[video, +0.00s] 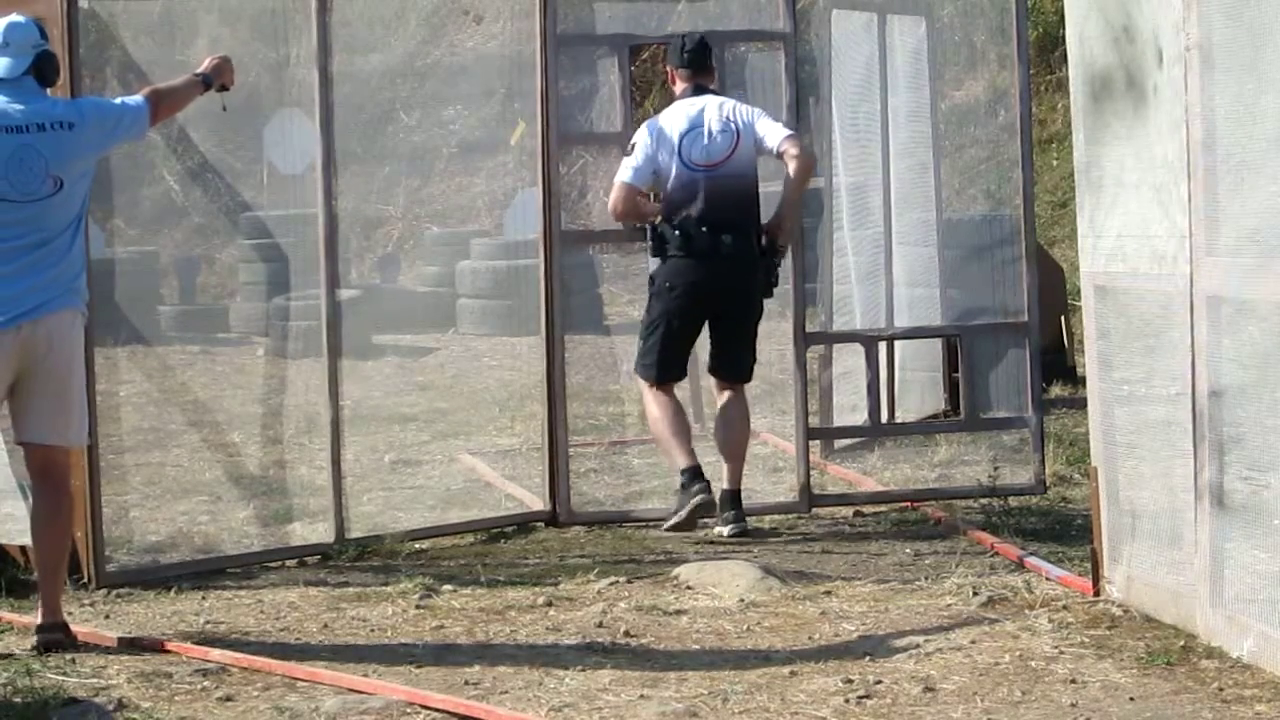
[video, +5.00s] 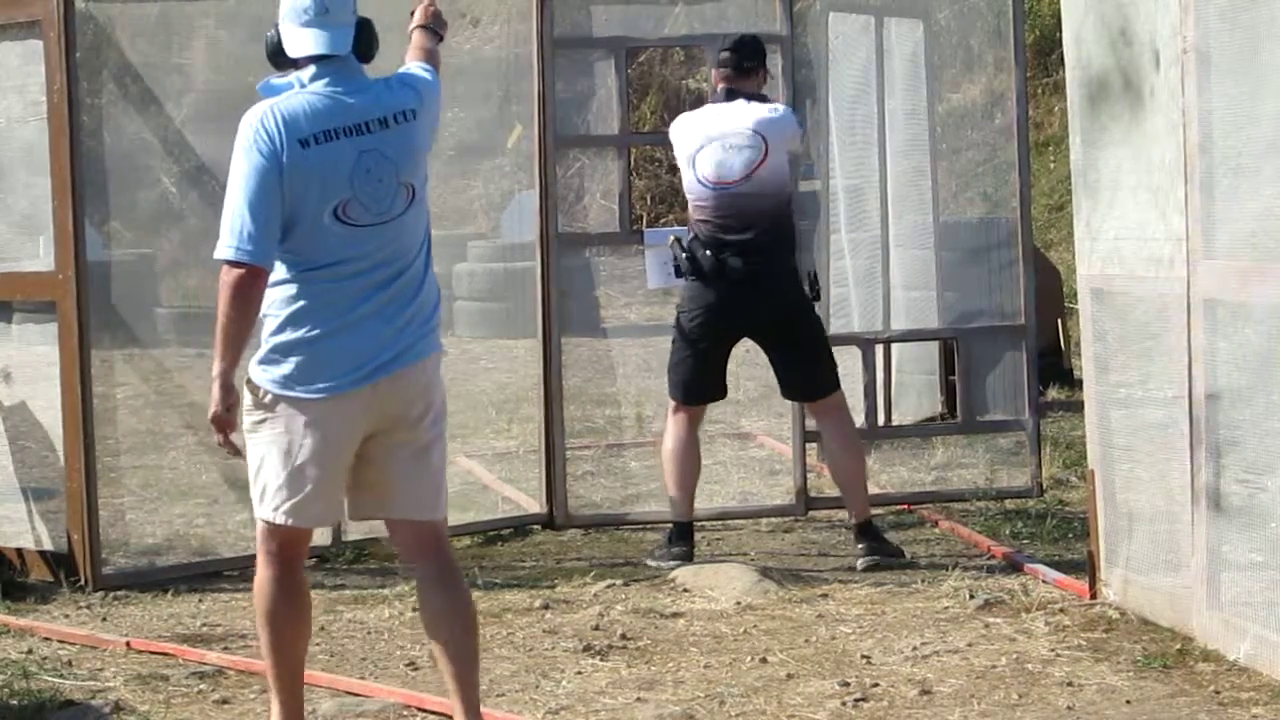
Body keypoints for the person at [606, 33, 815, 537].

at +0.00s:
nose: (671, 82)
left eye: (668, 75)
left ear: (673, 77)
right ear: (716, 75)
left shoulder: (656, 127)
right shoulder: (747, 114)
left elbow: (621, 206)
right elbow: (799, 156)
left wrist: (664, 209)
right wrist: (783, 221)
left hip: (682, 269)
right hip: (743, 266)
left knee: (656, 382)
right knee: (731, 384)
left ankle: (692, 484)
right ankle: (731, 506)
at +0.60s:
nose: (668, 84)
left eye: (663, 77)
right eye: (700, 75)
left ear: (661, 81)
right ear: (707, 77)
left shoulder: (633, 133)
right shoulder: (730, 115)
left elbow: (626, 226)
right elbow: (770, 191)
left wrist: (662, 210)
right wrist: (727, 177)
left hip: (675, 275)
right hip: (737, 266)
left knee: (670, 412)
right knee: (748, 376)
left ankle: (680, 533)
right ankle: (768, 495)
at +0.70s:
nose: (666, 79)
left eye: (665, 72)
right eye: (702, 73)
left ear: (667, 75)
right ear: (713, 72)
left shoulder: (639, 123)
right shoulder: (737, 111)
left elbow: (633, 214)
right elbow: (764, 194)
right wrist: (717, 190)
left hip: (676, 276)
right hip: (741, 269)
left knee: (668, 412)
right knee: (773, 377)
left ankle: (680, 535)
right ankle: (813, 484)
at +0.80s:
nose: (688, 77)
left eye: (681, 68)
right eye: (703, 70)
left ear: (679, 72)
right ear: (723, 72)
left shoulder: (650, 117)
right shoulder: (745, 111)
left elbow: (638, 175)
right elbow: (759, 176)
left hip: (679, 285)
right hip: (746, 278)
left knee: (667, 415)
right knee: (797, 391)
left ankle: (678, 535)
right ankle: (854, 500)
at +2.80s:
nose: (716, 81)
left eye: (714, 74)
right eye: (729, 74)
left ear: (719, 77)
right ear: (763, 76)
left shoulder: (694, 121)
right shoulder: (793, 120)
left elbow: (687, 118)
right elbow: (760, 121)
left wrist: (711, 98)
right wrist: (733, 95)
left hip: (713, 293)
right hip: (783, 293)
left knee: (676, 409)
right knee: (830, 414)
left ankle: (678, 539)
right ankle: (878, 538)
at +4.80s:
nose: (712, 83)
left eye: (711, 76)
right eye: (724, 76)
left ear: (716, 77)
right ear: (761, 77)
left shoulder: (689, 122)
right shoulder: (792, 122)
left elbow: (704, 131)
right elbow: (759, 129)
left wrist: (717, 98)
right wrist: (735, 96)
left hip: (711, 296)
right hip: (781, 295)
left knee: (673, 409)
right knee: (828, 414)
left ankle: (676, 538)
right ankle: (875, 536)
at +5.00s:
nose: (761, 85)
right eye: (762, 77)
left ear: (713, 79)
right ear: (761, 78)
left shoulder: (682, 128)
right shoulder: (781, 119)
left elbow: (709, 168)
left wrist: (727, 101)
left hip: (708, 296)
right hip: (777, 292)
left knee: (683, 414)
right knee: (830, 412)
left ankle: (679, 539)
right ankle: (867, 534)